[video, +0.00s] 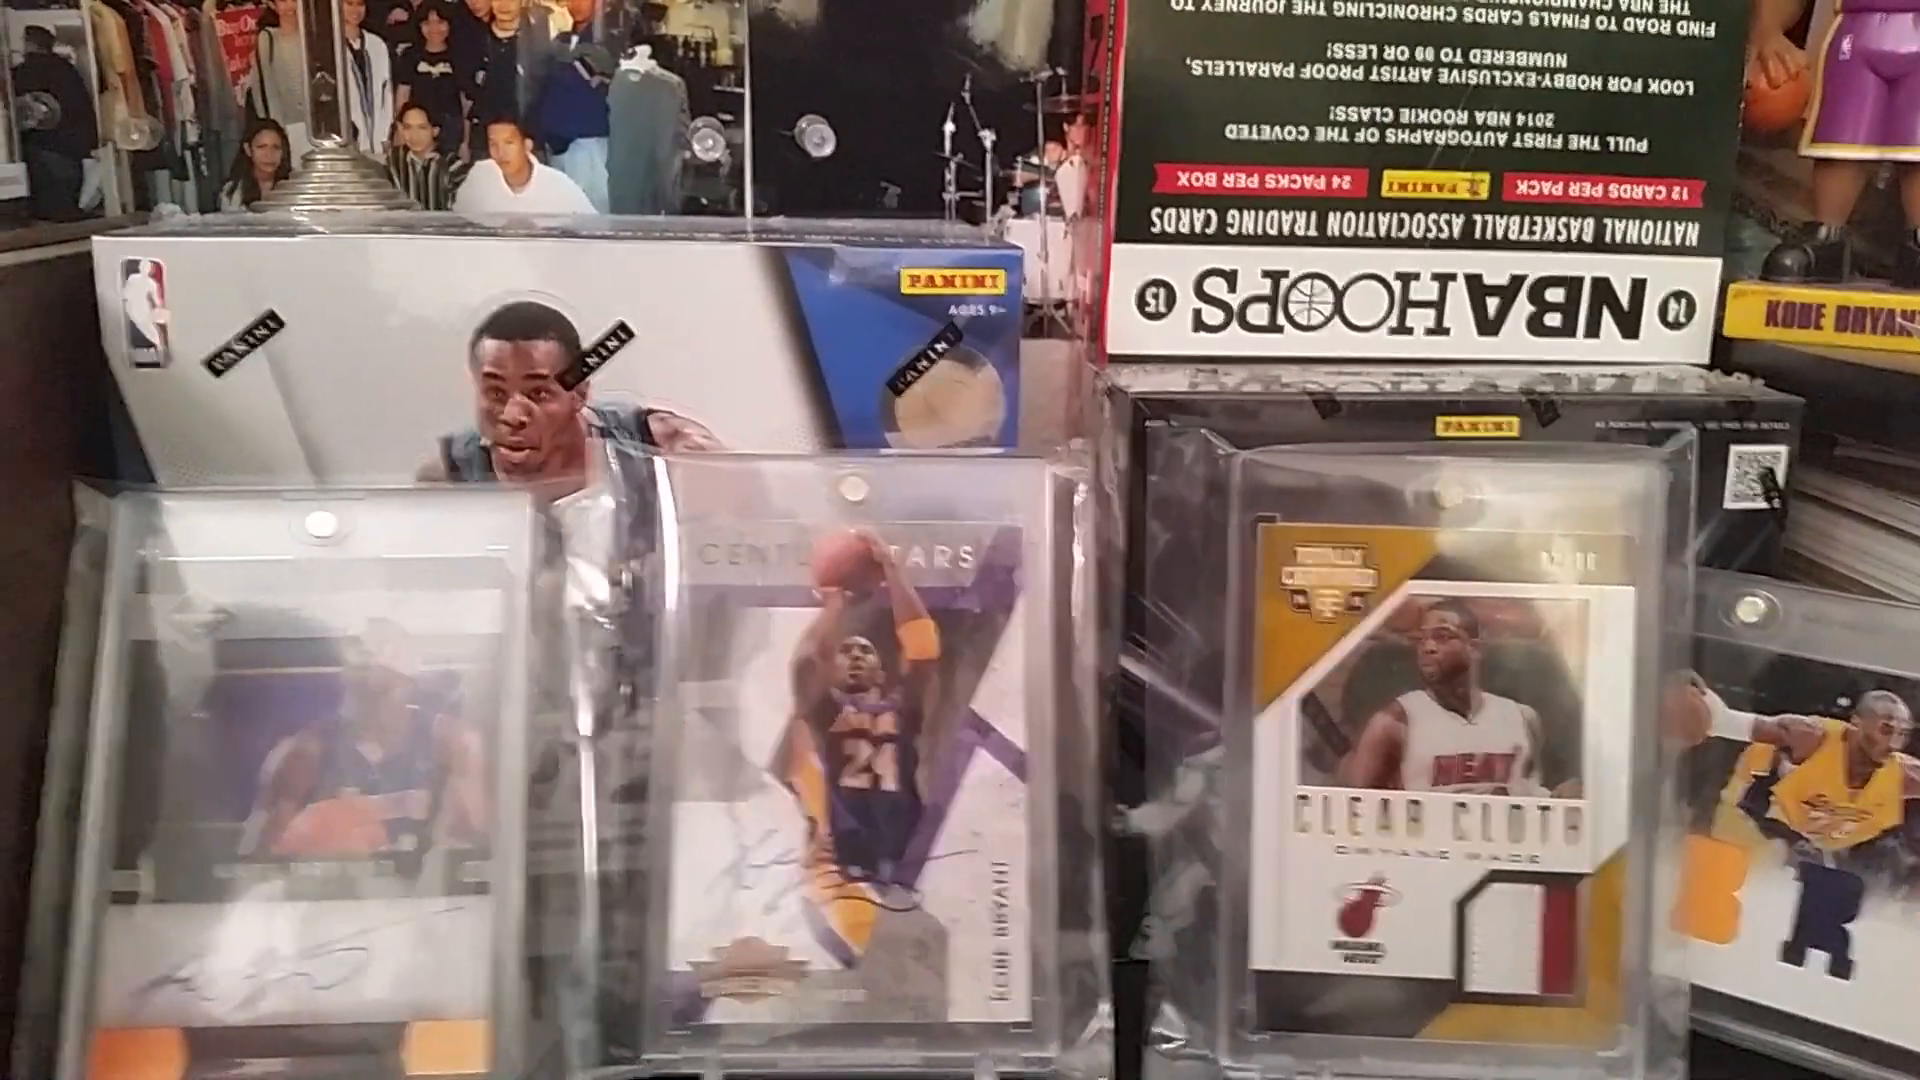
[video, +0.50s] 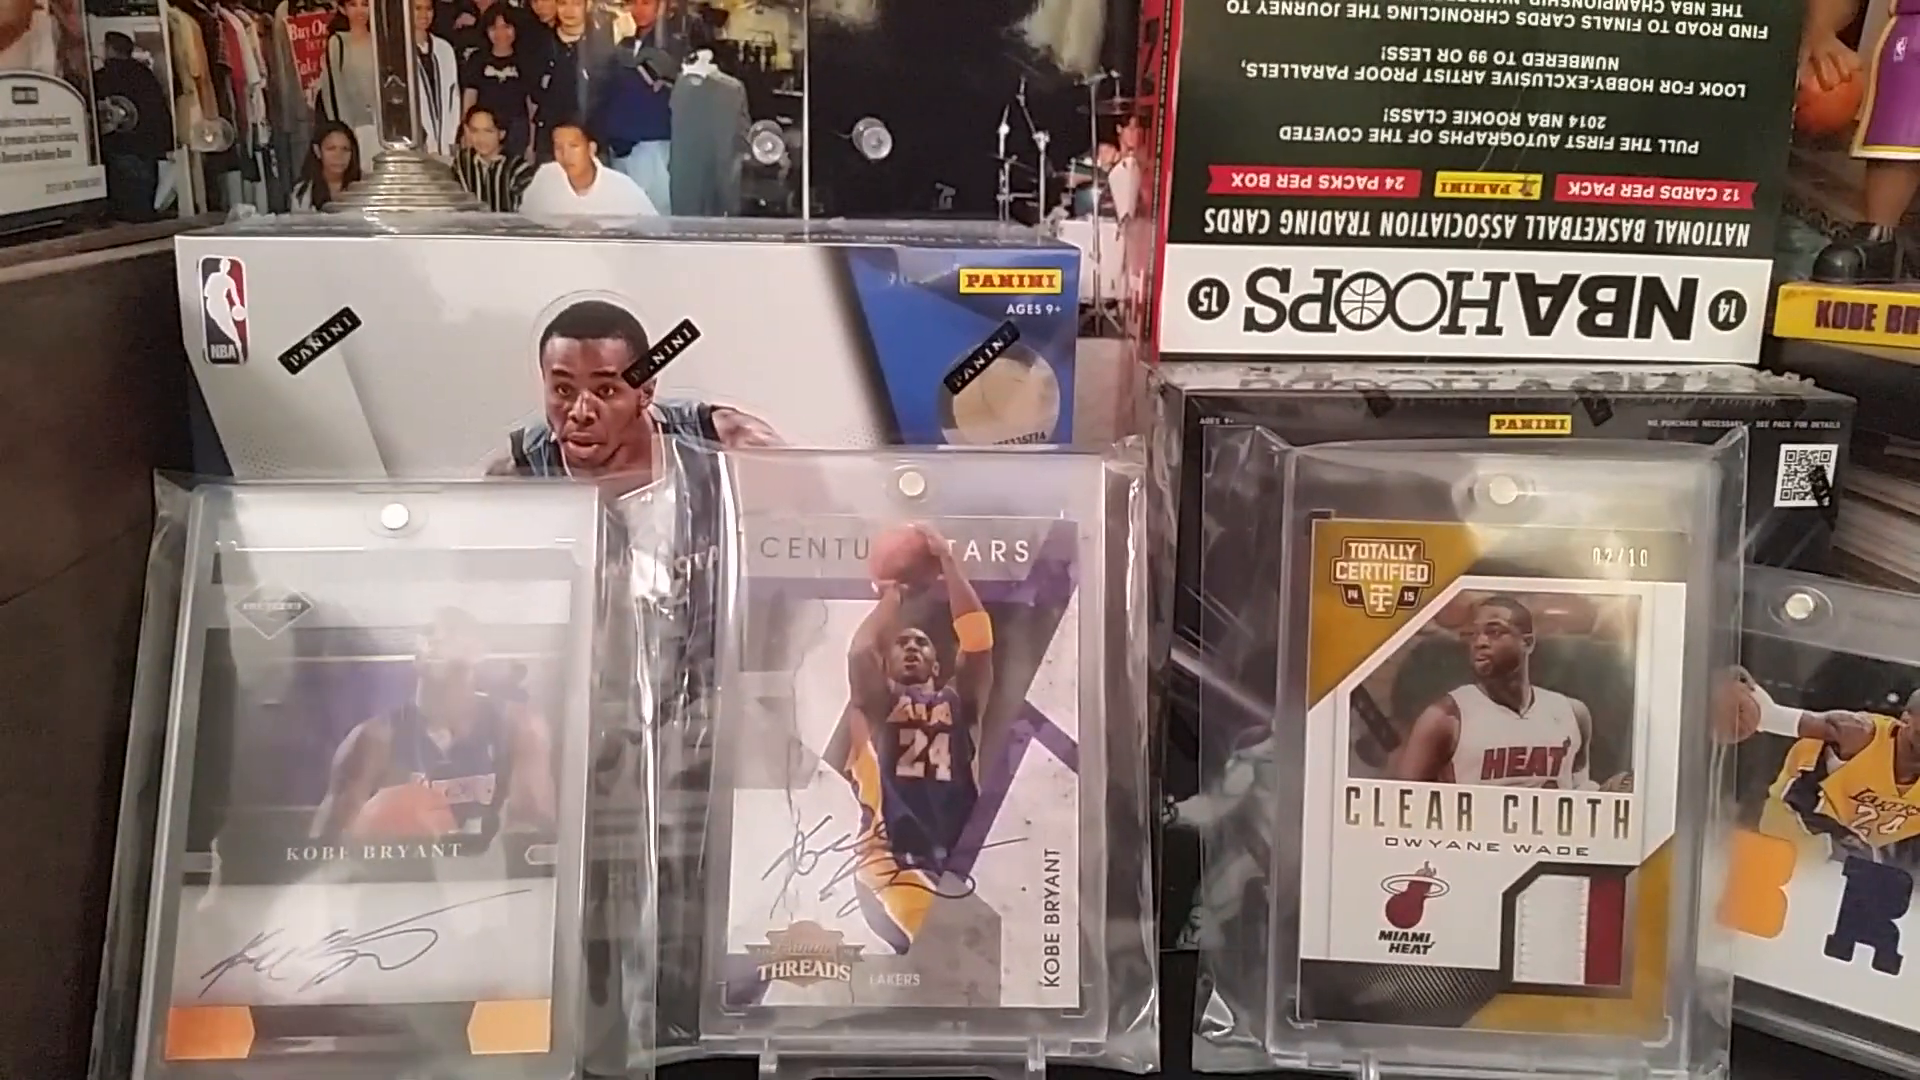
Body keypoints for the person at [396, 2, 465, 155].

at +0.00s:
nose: (434, 28)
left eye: (440, 22)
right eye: (428, 23)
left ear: (449, 27)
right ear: (421, 28)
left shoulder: (458, 56)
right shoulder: (410, 56)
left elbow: (466, 99)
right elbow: (403, 93)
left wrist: (465, 141)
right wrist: (400, 130)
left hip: (450, 127)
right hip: (418, 129)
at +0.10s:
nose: (446, 27)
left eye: (453, 22)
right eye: (447, 22)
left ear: (469, 26)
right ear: (445, 25)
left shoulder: (483, 58)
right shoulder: (435, 56)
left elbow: (490, 100)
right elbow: (425, 93)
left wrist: (489, 141)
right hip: (439, 128)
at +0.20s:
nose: (484, 29)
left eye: (486, 23)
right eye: (479, 24)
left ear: (494, 28)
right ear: (469, 29)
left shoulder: (504, 57)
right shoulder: (456, 57)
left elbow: (512, 101)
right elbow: (449, 93)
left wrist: (511, 141)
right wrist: (446, 129)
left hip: (495, 125)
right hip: (464, 125)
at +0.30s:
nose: (507, 29)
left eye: (507, 25)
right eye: (501, 25)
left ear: (511, 28)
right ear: (486, 31)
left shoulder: (520, 59)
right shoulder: (474, 58)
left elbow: (528, 100)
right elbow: (467, 94)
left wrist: (528, 144)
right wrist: (462, 127)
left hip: (513, 128)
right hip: (481, 128)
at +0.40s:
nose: (507, 32)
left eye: (511, 26)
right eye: (501, 28)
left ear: (519, 30)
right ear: (494, 33)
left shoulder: (529, 61)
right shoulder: (482, 60)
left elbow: (537, 103)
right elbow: (474, 97)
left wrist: (536, 143)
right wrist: (471, 132)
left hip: (521, 130)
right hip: (489, 130)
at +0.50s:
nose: (500, 33)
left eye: (506, 27)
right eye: (494, 28)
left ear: (514, 31)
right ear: (488, 33)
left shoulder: (525, 62)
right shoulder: (477, 60)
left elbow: (532, 103)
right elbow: (470, 98)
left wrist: (531, 144)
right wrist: (467, 133)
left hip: (516, 129)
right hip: (484, 130)